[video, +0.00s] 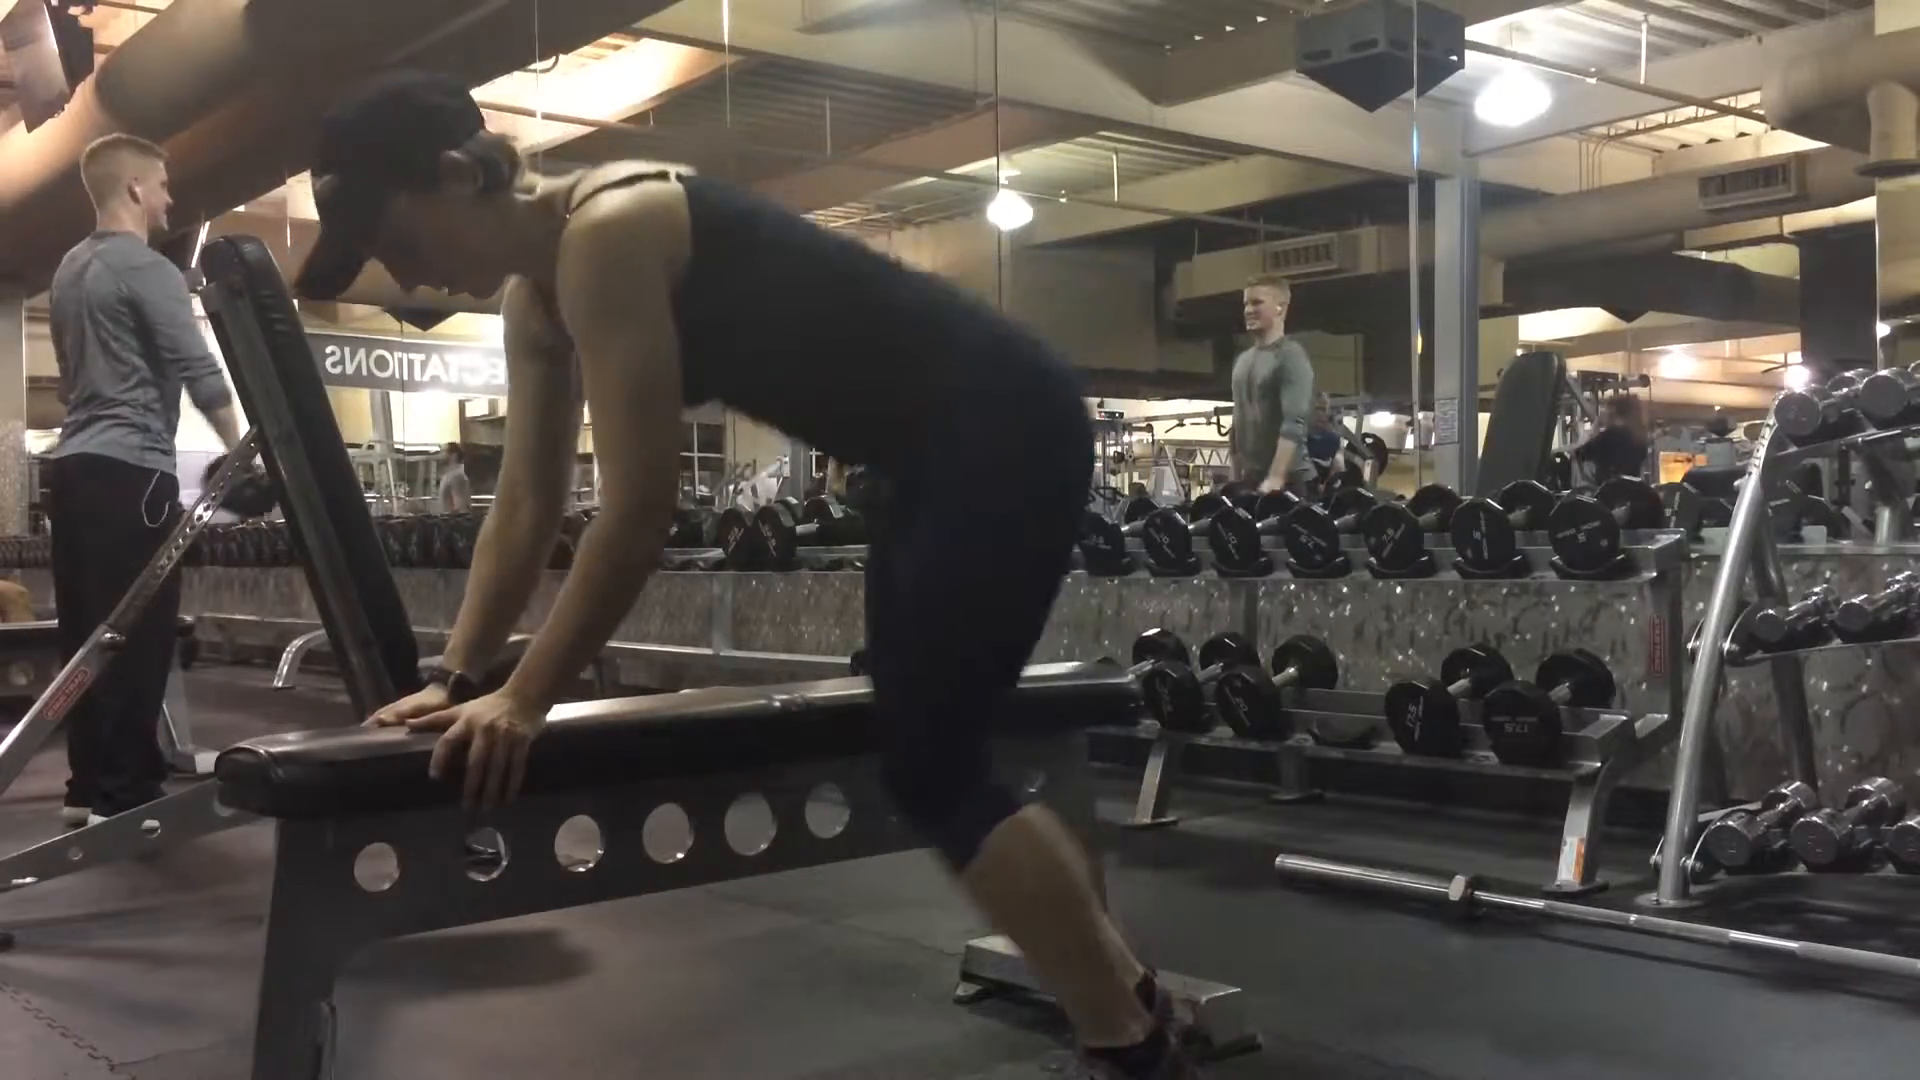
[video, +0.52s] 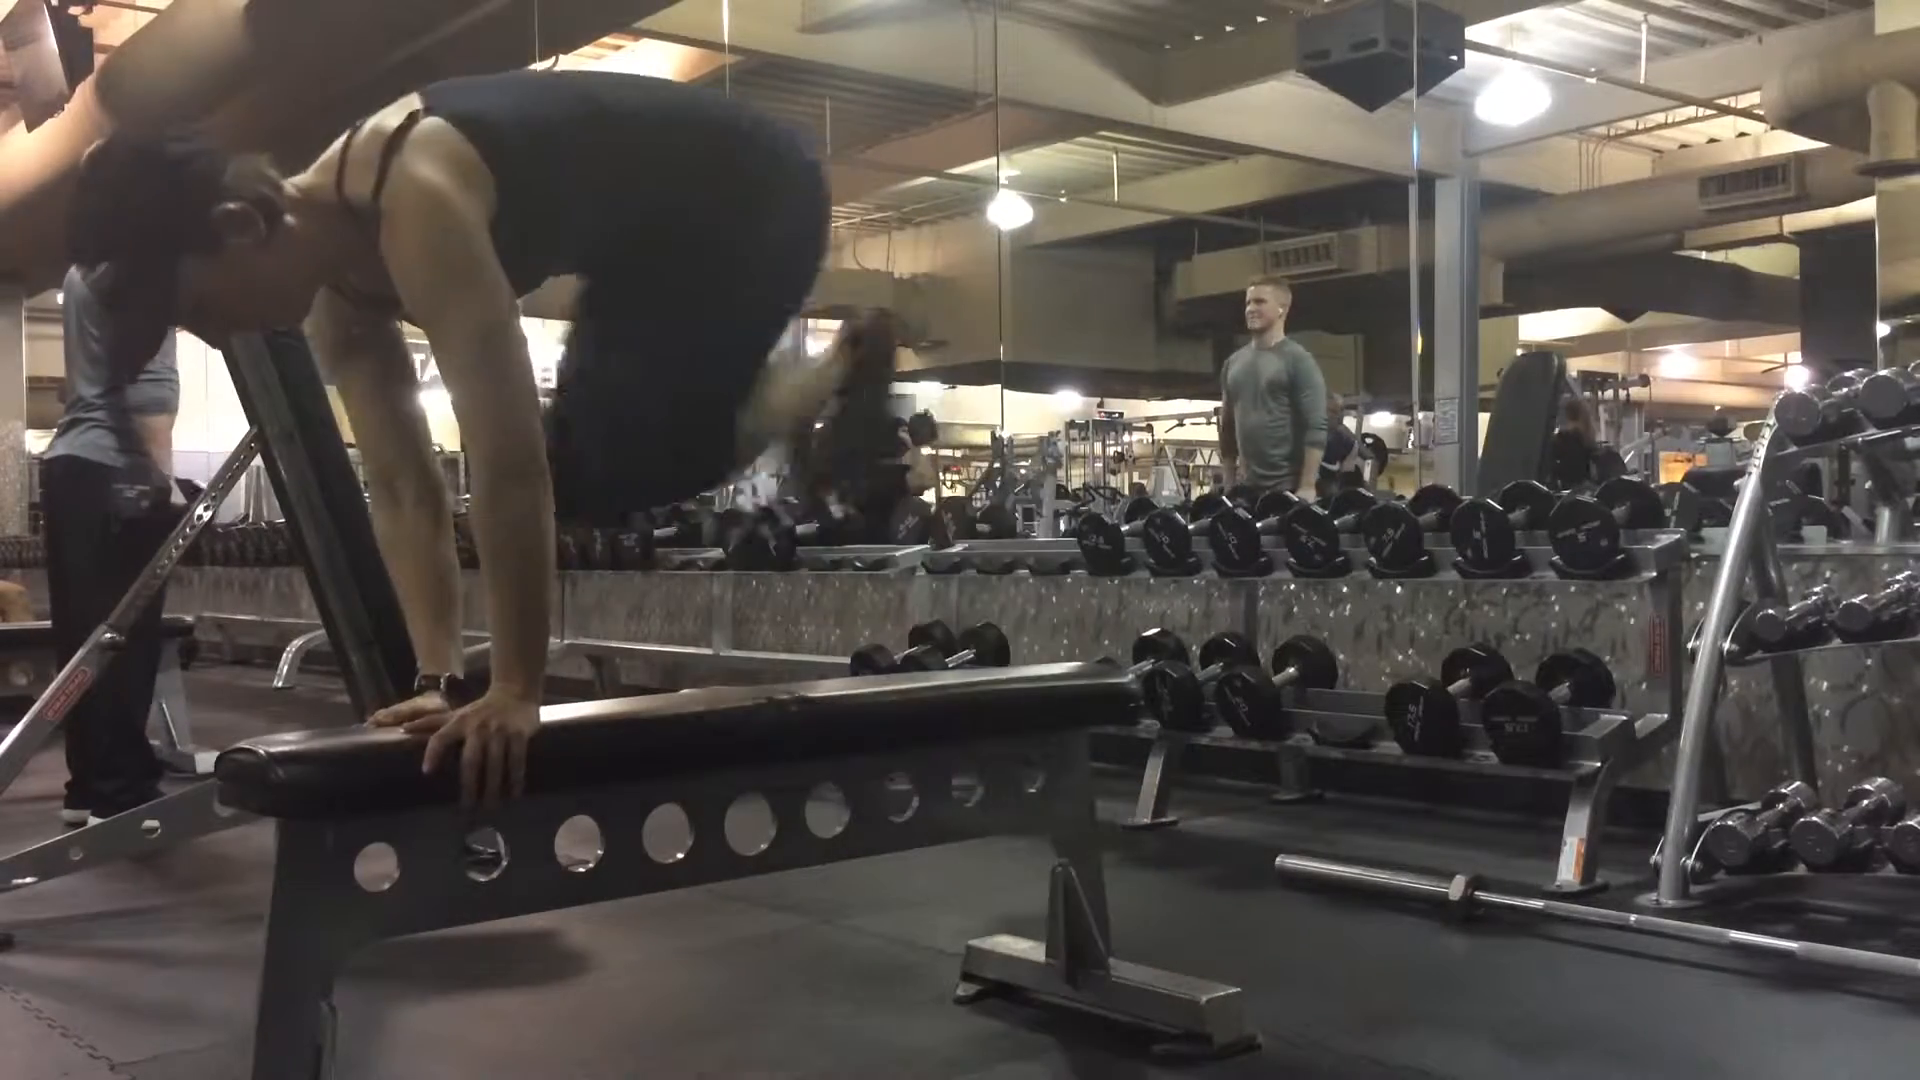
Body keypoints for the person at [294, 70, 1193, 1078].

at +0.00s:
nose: (402, 283)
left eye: (394, 245)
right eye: (382, 261)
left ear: (455, 179)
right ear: (454, 192)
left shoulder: (610, 239)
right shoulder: (539, 287)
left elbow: (638, 505)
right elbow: (525, 495)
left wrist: (522, 695)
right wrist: (458, 674)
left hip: (996, 430)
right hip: (926, 453)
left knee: (934, 769)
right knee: (936, 756)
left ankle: (1128, 1036)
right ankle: (1123, 992)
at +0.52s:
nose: (232, 341)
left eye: (213, 312)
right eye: (204, 329)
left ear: (247, 224)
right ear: (245, 227)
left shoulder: (421, 201)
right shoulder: (335, 286)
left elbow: (511, 458)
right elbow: (400, 478)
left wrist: (516, 692)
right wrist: (439, 677)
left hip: (748, 202)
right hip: (648, 230)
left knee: (633, 471)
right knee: (574, 473)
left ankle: (830, 369)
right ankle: (803, 373)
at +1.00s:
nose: (334, 295)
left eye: (332, 268)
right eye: (314, 284)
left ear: (378, 212)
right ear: (301, 273)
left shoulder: (540, 269)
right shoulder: (325, 322)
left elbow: (615, 504)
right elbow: (394, 500)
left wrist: (527, 692)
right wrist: (441, 672)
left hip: (595, 489)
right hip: (480, 498)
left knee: (567, 719)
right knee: (459, 714)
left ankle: (602, 923)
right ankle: (460, 937)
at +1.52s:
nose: (337, 304)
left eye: (318, 275)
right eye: (309, 295)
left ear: (352, 188)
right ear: (321, 215)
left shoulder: (531, 191)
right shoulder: (400, 254)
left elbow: (582, 466)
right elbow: (435, 469)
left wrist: (527, 689)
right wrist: (443, 670)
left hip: (847, 232)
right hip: (763, 277)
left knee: (824, 536)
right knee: (777, 544)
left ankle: (1113, 638)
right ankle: (1049, 587)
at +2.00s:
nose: (301, 317)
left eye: (285, 289)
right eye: (277, 306)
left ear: (327, 211)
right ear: (317, 217)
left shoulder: (503, 206)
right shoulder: (396, 268)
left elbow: (566, 478)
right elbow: (429, 473)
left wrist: (526, 689)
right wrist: (441, 671)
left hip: (852, 185)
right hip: (782, 221)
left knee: (828, 499)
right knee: (804, 506)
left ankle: (1090, 513)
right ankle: (1076, 507)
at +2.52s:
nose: (353, 306)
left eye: (347, 270)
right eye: (334, 284)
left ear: (405, 212)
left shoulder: (597, 255)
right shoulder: (412, 310)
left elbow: (656, 511)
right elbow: (430, 489)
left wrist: (541, 696)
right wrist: (444, 680)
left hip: (720, 502)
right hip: (596, 506)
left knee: (682, 728)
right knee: (587, 731)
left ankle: (789, 925)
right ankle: (682, 933)